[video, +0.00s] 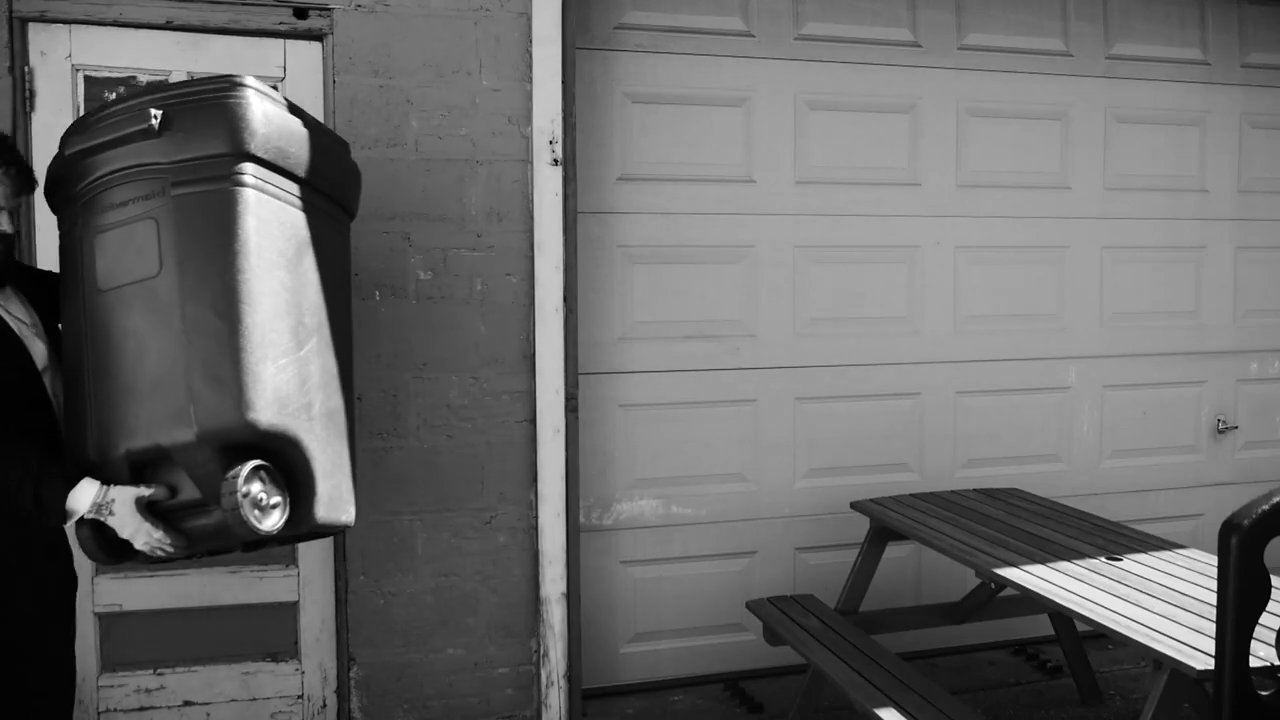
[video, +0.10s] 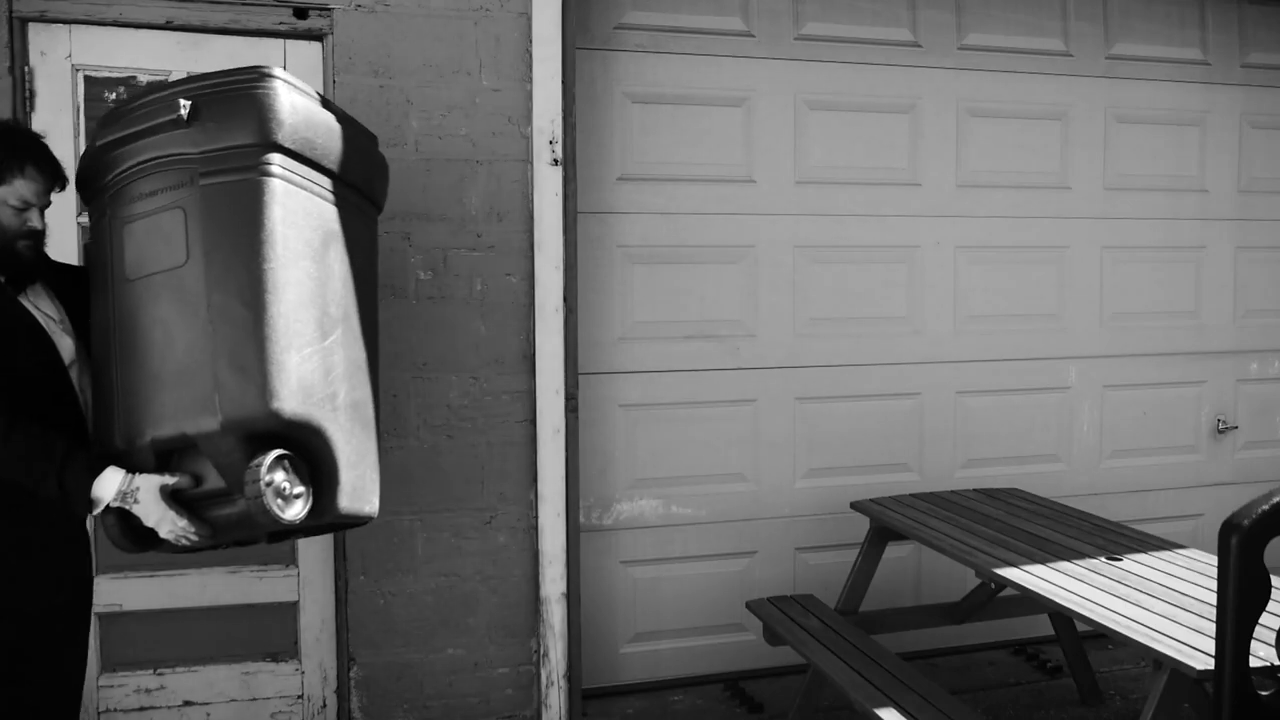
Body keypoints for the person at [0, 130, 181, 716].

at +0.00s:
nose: (13, 224)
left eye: (19, 207)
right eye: (5, 209)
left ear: (29, 207)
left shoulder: (50, 295)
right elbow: (5, 451)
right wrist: (98, 500)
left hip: (45, 563)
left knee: (50, 698)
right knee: (23, 697)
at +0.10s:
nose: (37, 223)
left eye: (43, 207)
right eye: (20, 208)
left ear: (52, 203)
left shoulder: (71, 286)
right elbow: (6, 433)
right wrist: (118, 487)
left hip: (65, 541)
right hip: (8, 545)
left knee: (57, 696)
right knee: (19, 697)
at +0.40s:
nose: (116, 226)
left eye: (121, 210)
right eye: (100, 210)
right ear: (44, 202)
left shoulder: (108, 278)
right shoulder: (14, 290)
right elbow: (70, 431)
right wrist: (206, 480)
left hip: (117, 550)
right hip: (60, 562)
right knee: (108, 702)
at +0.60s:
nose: (172, 239)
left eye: (174, 223)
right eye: (155, 226)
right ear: (97, 219)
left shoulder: (141, 279)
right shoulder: (71, 320)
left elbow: (232, 285)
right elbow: (151, 452)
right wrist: (287, 494)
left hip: (178, 560)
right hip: (133, 580)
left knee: (163, 703)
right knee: (169, 707)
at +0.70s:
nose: (198, 239)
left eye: (199, 223)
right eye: (183, 226)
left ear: (129, 219)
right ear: (125, 218)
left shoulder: (165, 276)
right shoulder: (103, 320)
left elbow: (256, 269)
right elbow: (188, 451)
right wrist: (324, 492)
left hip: (210, 559)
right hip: (163, 582)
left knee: (223, 693)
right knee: (190, 705)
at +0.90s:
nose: (255, 229)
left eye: (256, 213)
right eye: (239, 217)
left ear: (185, 214)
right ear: (181, 213)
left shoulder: (222, 265)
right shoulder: (168, 313)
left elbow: (321, 242)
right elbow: (256, 447)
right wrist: (388, 479)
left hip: (261, 556)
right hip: (215, 576)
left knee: (293, 696)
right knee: (237, 706)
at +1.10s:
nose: (317, 238)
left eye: (318, 221)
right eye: (302, 225)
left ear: (247, 222)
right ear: (245, 220)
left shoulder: (266, 272)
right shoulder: (236, 319)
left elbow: (338, 260)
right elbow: (322, 446)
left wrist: (414, 203)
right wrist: (452, 477)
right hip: (274, 576)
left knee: (339, 702)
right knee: (286, 706)